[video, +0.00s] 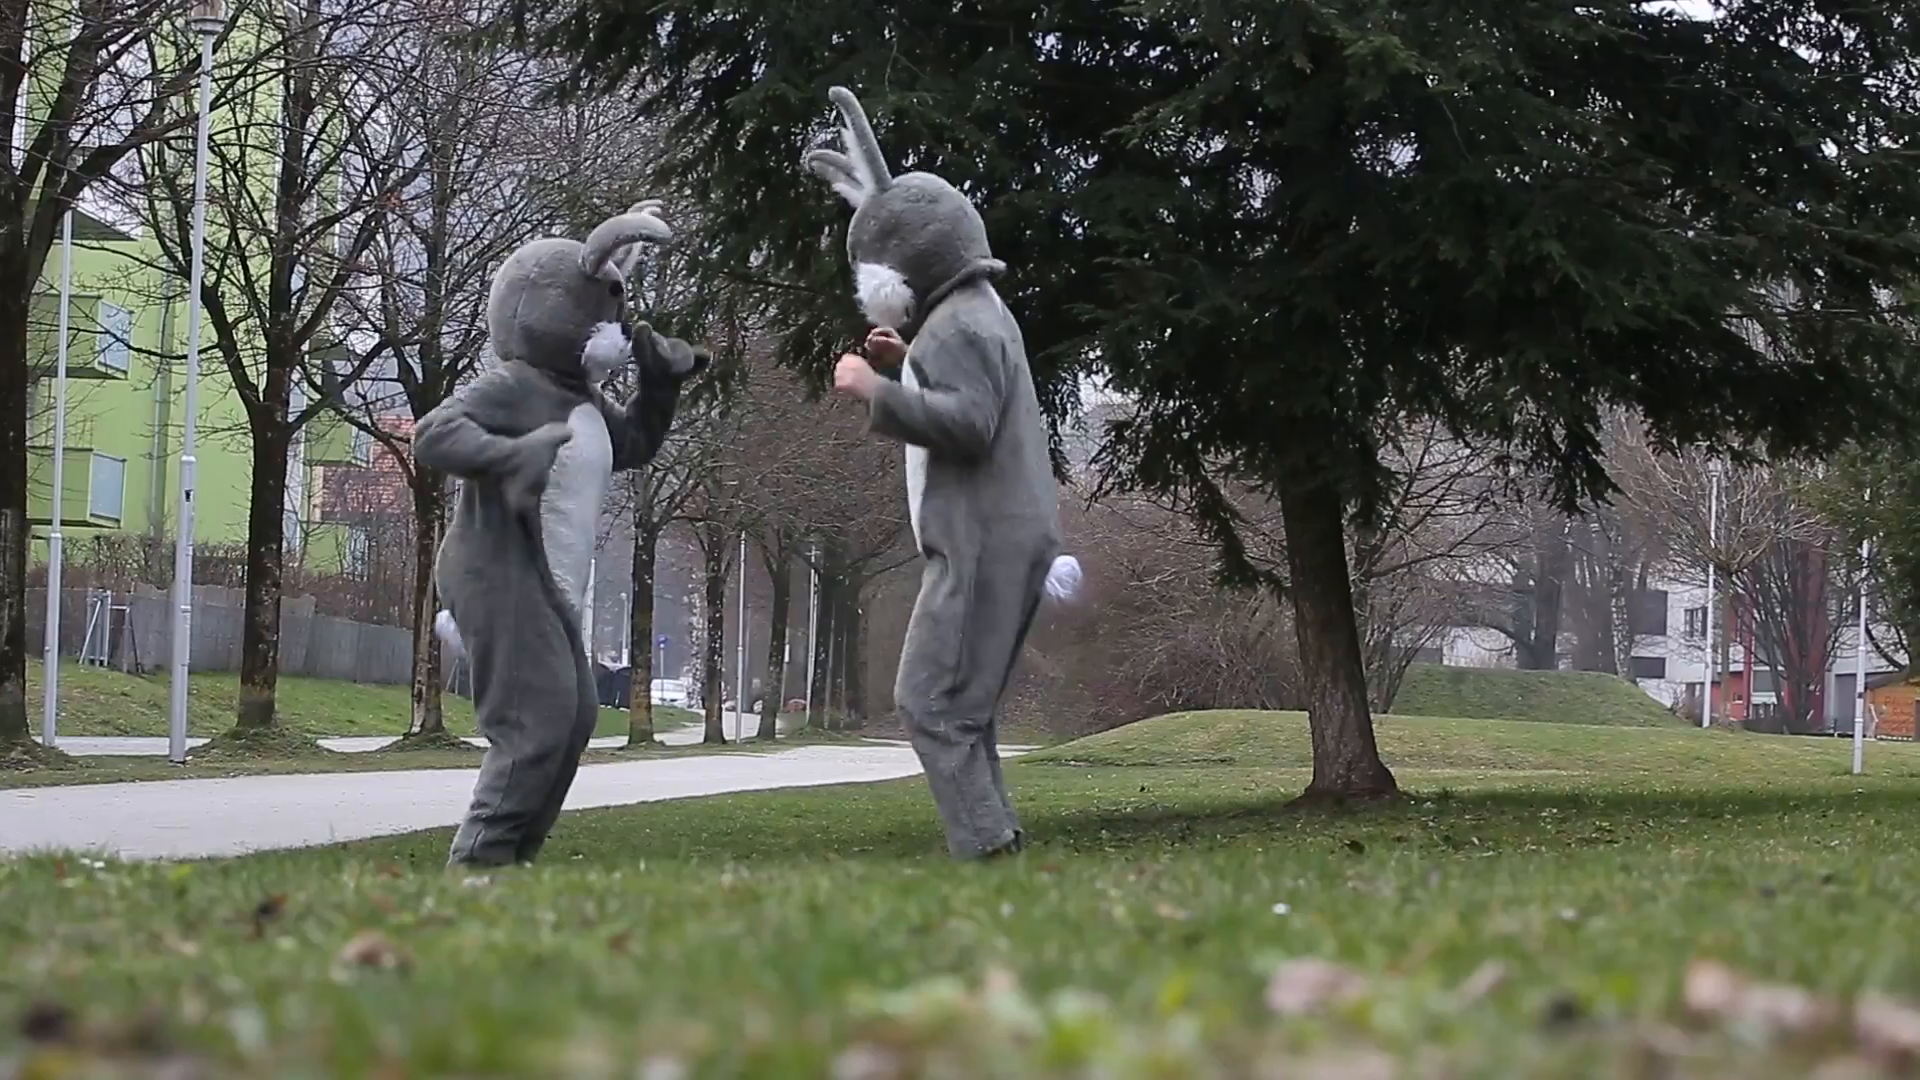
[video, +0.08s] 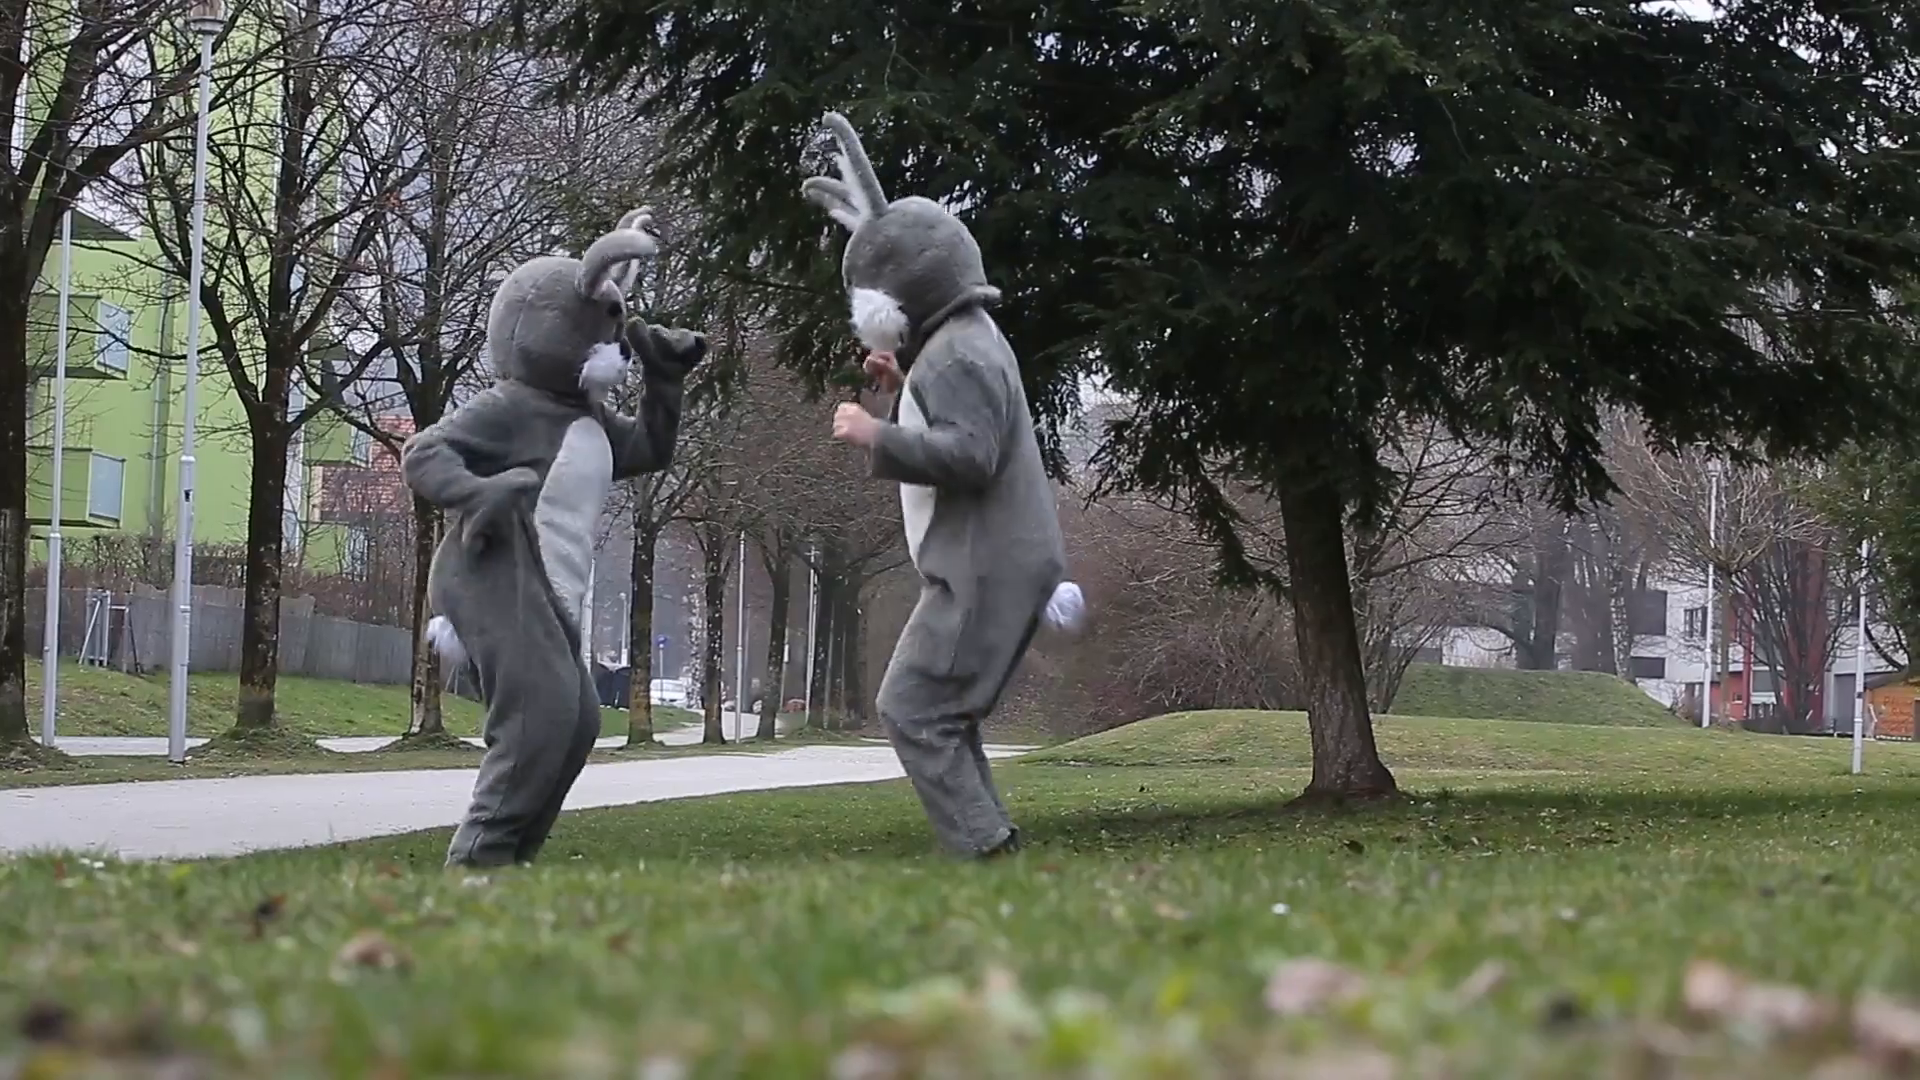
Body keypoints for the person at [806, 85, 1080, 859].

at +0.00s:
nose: (877, 284)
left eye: (879, 267)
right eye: (873, 269)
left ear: (913, 256)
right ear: (941, 248)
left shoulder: (960, 322)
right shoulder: (975, 314)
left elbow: (969, 423)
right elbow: (962, 413)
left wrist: (879, 392)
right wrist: (903, 367)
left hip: (986, 537)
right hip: (1003, 533)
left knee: (929, 697)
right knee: (959, 697)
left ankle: (985, 844)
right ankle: (994, 835)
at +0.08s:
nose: (870, 314)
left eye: (872, 297)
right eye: (866, 299)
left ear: (907, 287)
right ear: (937, 277)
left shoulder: (957, 351)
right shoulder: (962, 342)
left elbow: (972, 455)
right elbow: (960, 441)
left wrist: (882, 434)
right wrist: (904, 391)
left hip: (988, 563)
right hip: (997, 559)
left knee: (911, 705)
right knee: (940, 708)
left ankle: (981, 841)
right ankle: (987, 834)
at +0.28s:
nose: (861, 380)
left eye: (863, 361)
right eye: (857, 365)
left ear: (897, 347)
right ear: (938, 337)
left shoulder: (954, 395)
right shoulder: (967, 402)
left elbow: (891, 440)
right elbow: (969, 532)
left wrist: (851, 460)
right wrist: (901, 533)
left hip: (1004, 608)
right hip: (1024, 607)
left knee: (887, 718)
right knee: (922, 723)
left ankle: (977, 843)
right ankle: (986, 835)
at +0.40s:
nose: (854, 392)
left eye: (860, 376)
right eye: (852, 378)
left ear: (899, 366)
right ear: (928, 359)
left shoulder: (952, 415)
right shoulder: (963, 418)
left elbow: (954, 478)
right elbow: (956, 533)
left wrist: (856, 484)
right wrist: (895, 525)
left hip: (1014, 626)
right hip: (1030, 624)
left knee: (885, 721)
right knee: (919, 726)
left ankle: (977, 843)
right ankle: (987, 834)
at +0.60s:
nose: (847, 397)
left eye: (854, 380)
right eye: (845, 382)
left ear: (894, 374)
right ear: (921, 366)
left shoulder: (948, 436)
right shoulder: (954, 427)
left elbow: (979, 531)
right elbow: (946, 505)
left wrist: (883, 531)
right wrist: (878, 493)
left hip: (1018, 623)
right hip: (1037, 621)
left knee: (890, 716)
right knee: (923, 719)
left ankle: (974, 844)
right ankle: (985, 835)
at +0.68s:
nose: (844, 392)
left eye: (849, 374)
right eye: (841, 377)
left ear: (888, 364)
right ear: (927, 355)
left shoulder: (936, 419)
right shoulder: (971, 414)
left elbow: (945, 497)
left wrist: (850, 505)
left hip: (1015, 616)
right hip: (1053, 613)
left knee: (893, 716)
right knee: (942, 721)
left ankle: (973, 843)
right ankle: (989, 833)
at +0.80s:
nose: (843, 391)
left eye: (847, 372)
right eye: (838, 375)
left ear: (883, 360)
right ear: (932, 350)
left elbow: (884, 454)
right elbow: (993, 506)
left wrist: (816, 475)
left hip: (1016, 609)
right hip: (1057, 606)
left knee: (898, 715)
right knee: (947, 722)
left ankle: (978, 840)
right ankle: (993, 832)